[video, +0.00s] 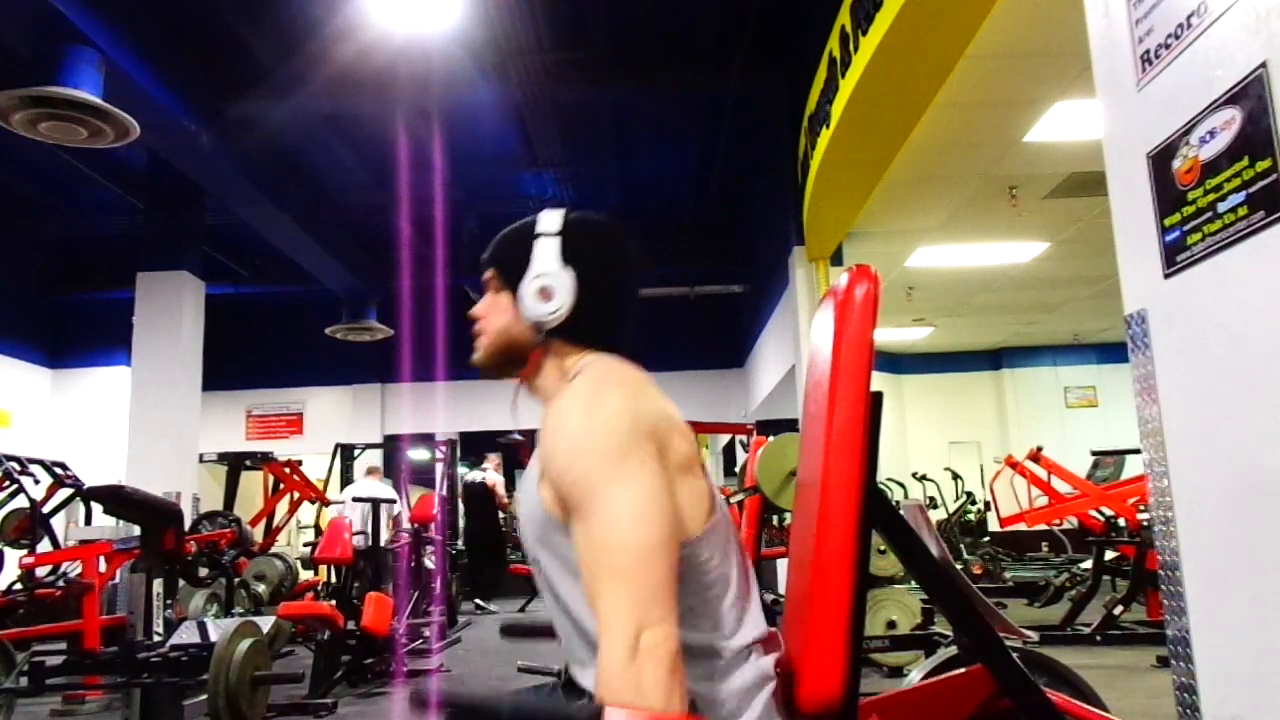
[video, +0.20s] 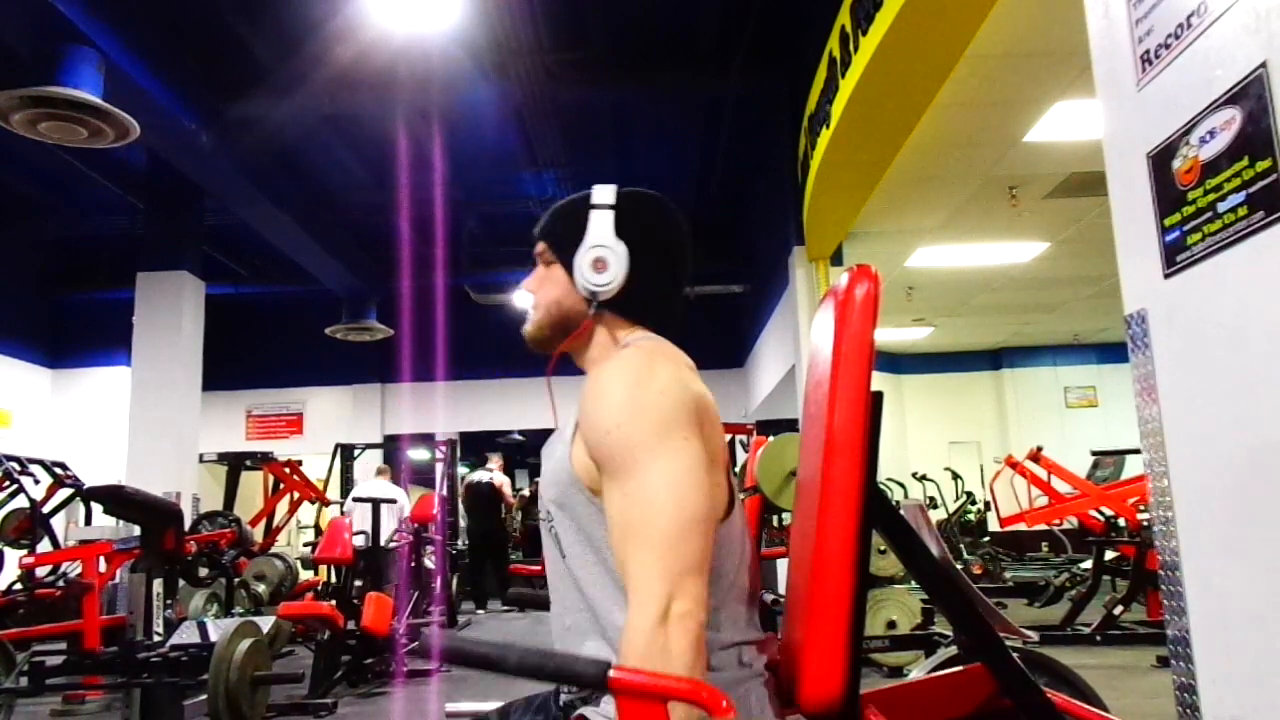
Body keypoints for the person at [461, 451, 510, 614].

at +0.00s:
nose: (499, 469)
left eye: (499, 466)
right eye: (499, 466)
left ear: (484, 462)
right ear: (495, 464)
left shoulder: (468, 477)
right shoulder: (496, 478)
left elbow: (463, 499)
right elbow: (502, 501)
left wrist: (474, 506)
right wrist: (508, 508)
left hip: (471, 526)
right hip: (490, 526)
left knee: (475, 563)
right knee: (495, 561)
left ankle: (478, 599)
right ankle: (484, 598)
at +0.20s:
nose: (501, 468)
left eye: (501, 466)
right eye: (501, 466)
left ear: (487, 463)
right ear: (499, 465)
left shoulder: (469, 478)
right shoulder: (501, 479)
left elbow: (463, 501)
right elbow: (509, 501)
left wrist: (471, 515)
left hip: (475, 528)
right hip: (495, 527)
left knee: (476, 565)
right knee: (500, 563)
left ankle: (479, 605)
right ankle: (505, 599)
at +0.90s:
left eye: (495, 463)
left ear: (495, 463)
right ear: (511, 465)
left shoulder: (486, 474)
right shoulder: (521, 481)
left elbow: (471, 491)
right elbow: (527, 505)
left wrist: (458, 497)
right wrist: (515, 510)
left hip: (488, 526)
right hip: (510, 527)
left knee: (487, 563)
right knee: (510, 564)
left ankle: (487, 602)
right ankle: (510, 603)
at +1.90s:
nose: (481, 468)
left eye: (481, 466)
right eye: (482, 467)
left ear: (483, 466)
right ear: (498, 465)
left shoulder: (478, 476)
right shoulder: (511, 475)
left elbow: (462, 494)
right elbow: (522, 497)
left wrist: (448, 499)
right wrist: (511, 510)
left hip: (489, 528)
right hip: (509, 528)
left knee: (490, 565)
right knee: (507, 563)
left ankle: (493, 603)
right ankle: (503, 598)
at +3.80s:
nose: (504, 462)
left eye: (498, 459)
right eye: (505, 460)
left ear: (492, 461)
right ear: (507, 462)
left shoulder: (482, 475)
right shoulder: (517, 478)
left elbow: (465, 491)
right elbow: (525, 501)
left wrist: (448, 499)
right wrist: (514, 511)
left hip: (489, 530)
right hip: (511, 529)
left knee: (490, 567)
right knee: (515, 565)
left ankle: (493, 604)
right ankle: (520, 602)